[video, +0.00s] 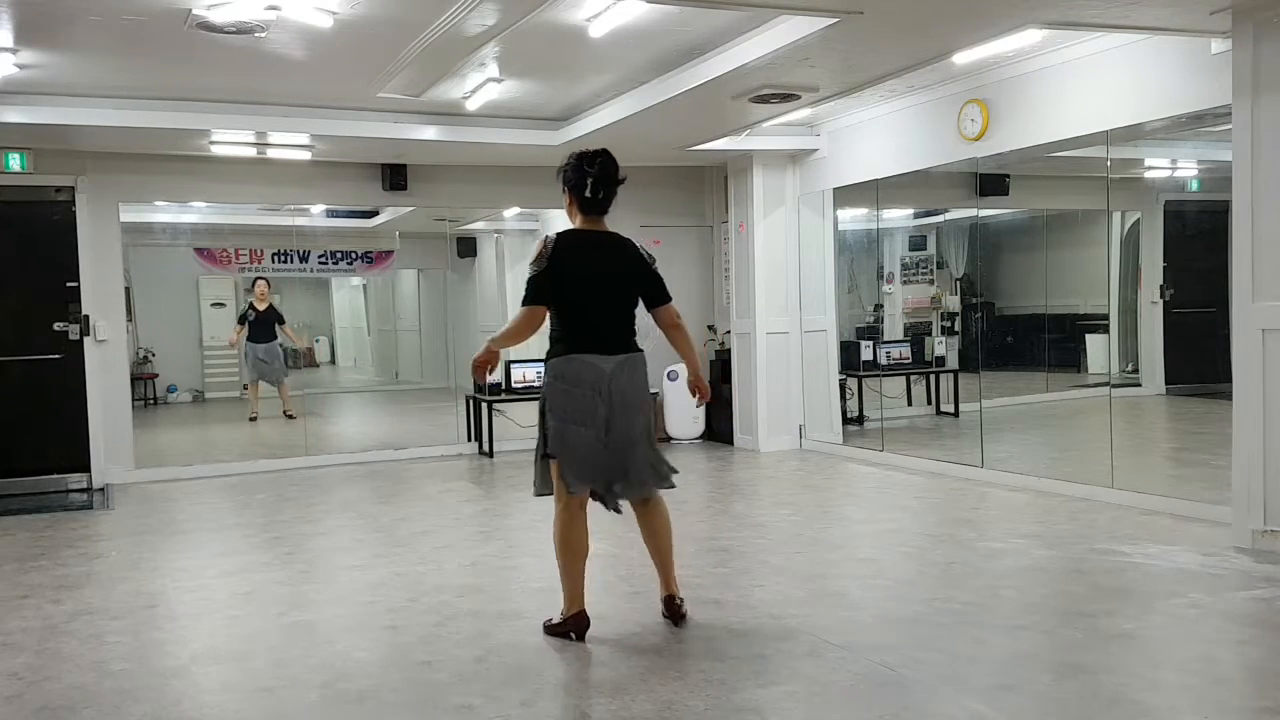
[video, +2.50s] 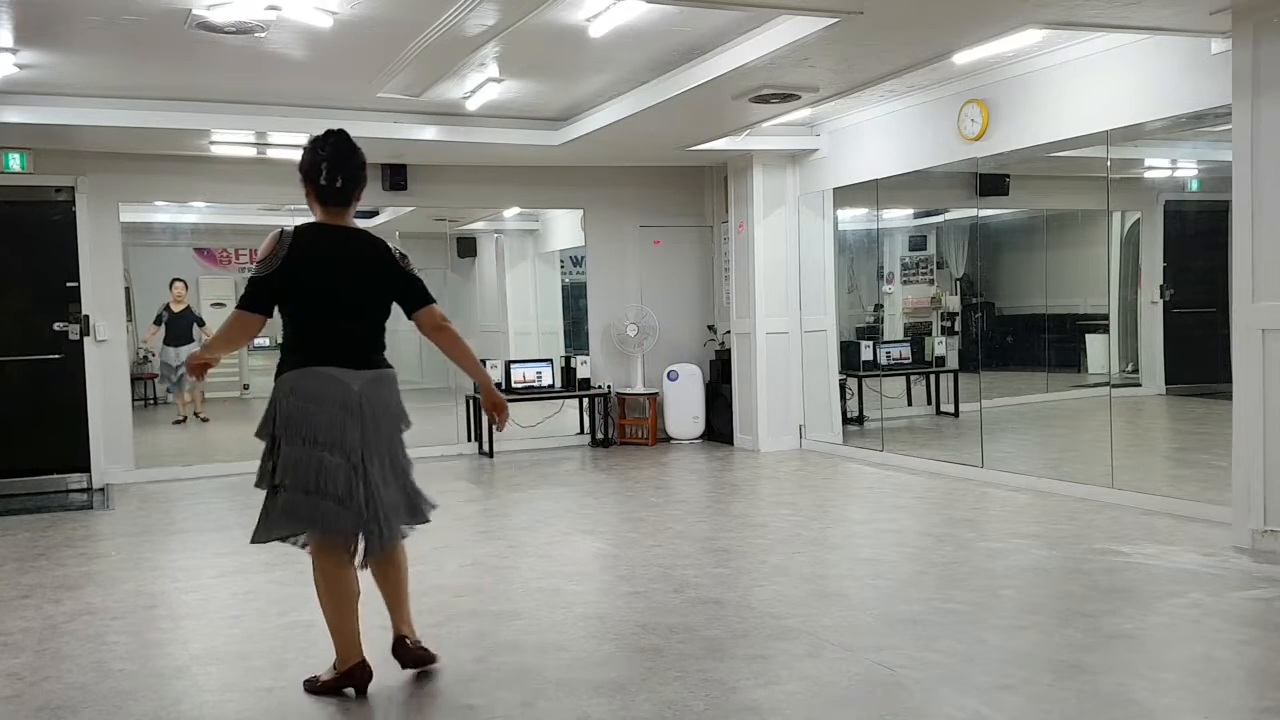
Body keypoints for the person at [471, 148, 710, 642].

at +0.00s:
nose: (563, 200)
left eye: (563, 194)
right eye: (567, 193)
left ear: (568, 197)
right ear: (612, 197)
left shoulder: (553, 251)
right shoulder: (631, 252)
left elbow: (531, 319)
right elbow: (669, 319)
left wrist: (494, 346)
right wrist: (695, 369)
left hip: (570, 378)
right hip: (628, 377)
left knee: (570, 496)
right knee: (644, 485)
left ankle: (574, 612)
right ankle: (671, 594)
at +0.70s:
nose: (513, 199)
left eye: (513, 192)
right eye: (516, 191)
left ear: (520, 196)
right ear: (564, 195)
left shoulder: (507, 251)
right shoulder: (585, 252)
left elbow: (487, 322)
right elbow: (621, 321)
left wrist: (452, 345)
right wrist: (641, 361)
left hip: (523, 379)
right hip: (583, 376)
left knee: (509, 497)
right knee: (591, 493)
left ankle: (513, 613)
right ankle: (594, 606)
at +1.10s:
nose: (456, 195)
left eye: (454, 189)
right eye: (461, 188)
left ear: (458, 195)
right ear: (505, 194)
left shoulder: (440, 251)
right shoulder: (524, 252)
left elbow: (412, 324)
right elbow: (568, 321)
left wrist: (390, 330)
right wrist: (607, 372)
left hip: (463, 380)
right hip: (523, 379)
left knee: (465, 503)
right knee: (548, 490)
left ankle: (472, 623)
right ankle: (586, 596)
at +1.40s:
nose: (428, 198)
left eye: (424, 191)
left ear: (424, 197)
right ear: (473, 195)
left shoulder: (408, 254)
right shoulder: (494, 252)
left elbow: (376, 320)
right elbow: (538, 320)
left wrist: (356, 358)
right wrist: (584, 371)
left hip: (430, 383)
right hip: (493, 382)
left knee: (448, 508)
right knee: (503, 500)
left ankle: (472, 623)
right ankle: (504, 612)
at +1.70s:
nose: (405, 201)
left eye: (400, 194)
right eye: (436, 191)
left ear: (399, 199)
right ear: (450, 196)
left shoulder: (382, 258)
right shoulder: (474, 254)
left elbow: (348, 332)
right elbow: (517, 323)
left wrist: (312, 394)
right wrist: (555, 373)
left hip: (401, 393)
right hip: (462, 392)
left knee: (442, 511)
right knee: (453, 517)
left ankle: (469, 621)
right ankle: (424, 643)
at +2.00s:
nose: (385, 195)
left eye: (376, 187)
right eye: (408, 186)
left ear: (373, 192)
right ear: (425, 190)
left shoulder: (354, 254)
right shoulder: (448, 249)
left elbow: (314, 326)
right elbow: (493, 319)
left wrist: (274, 391)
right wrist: (513, 367)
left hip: (375, 389)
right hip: (442, 385)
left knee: (392, 519)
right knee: (440, 522)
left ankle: (396, 636)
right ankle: (420, 655)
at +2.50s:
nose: (313, 188)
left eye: (307, 180)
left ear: (306, 186)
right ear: (362, 188)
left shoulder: (287, 248)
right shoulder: (381, 254)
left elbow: (247, 323)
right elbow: (434, 324)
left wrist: (209, 353)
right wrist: (484, 380)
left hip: (309, 392)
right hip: (375, 392)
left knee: (328, 529)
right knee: (383, 518)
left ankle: (350, 661)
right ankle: (405, 633)